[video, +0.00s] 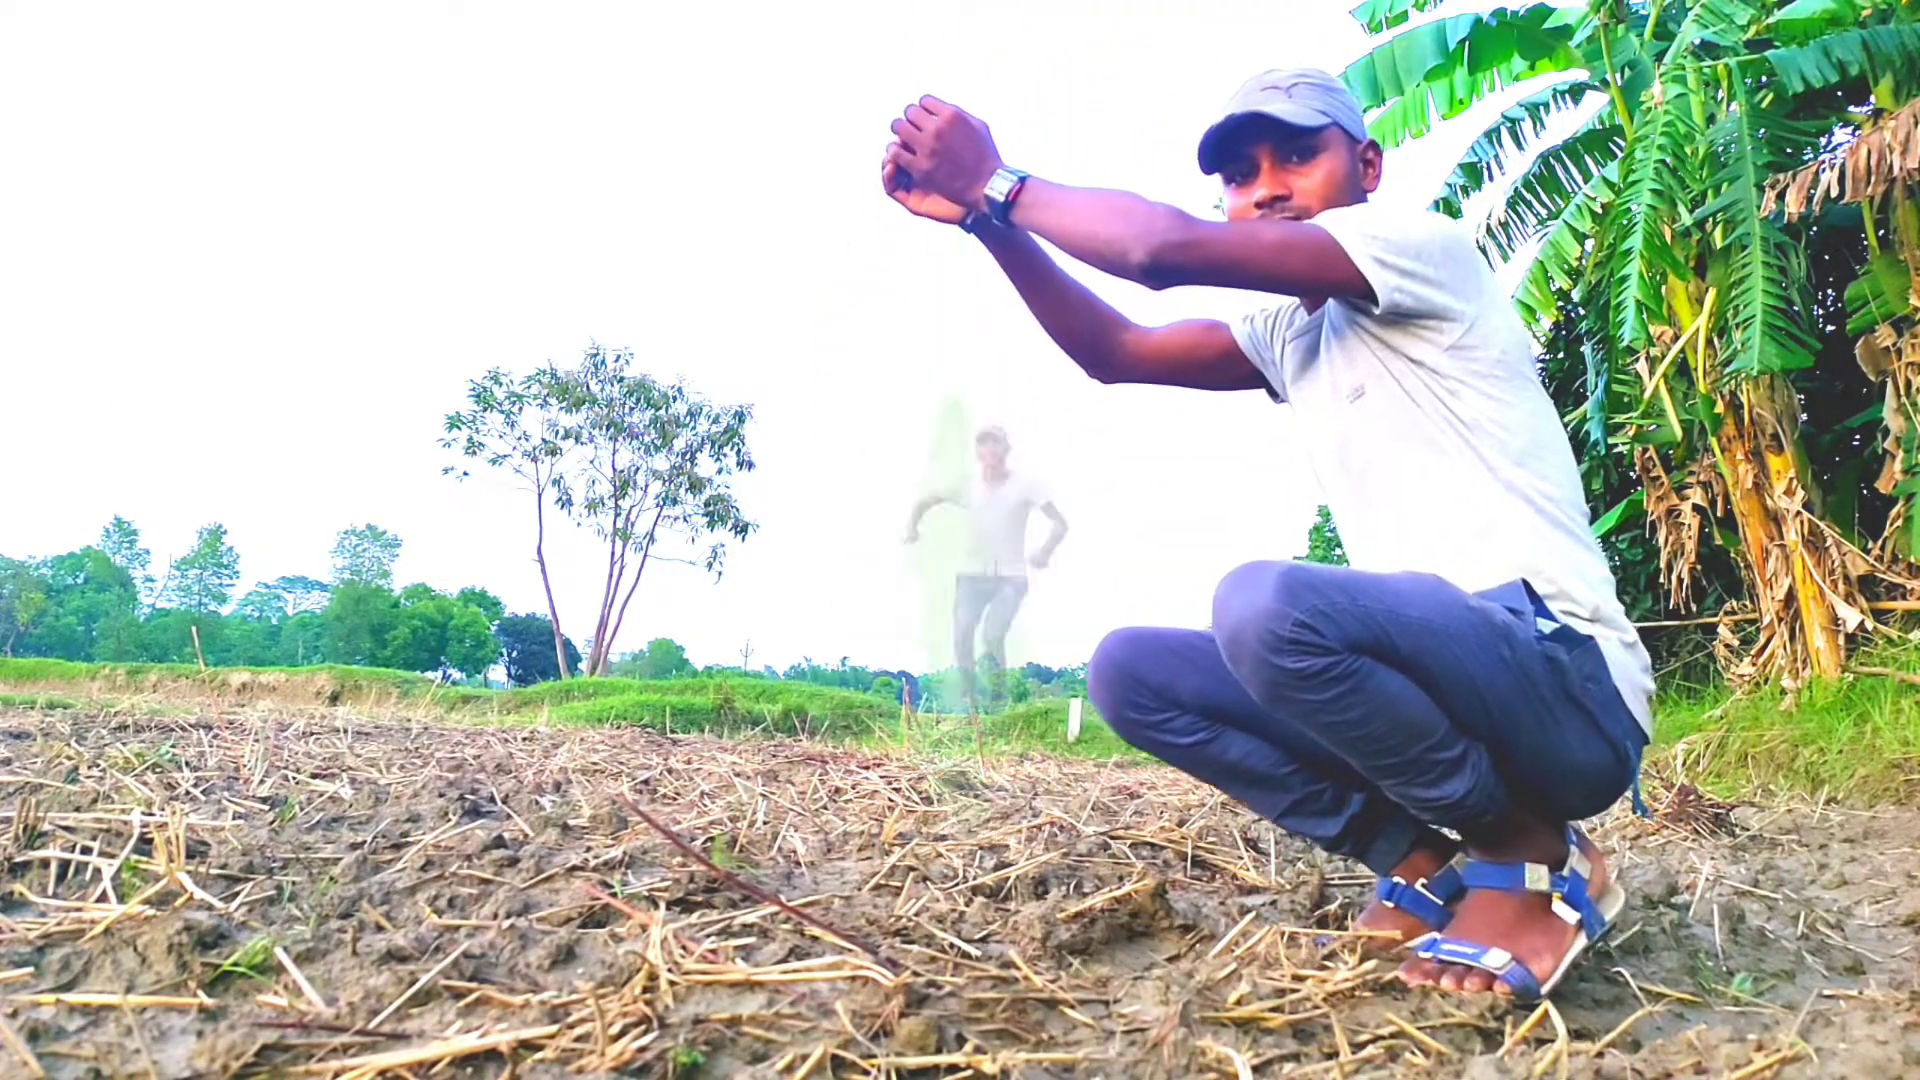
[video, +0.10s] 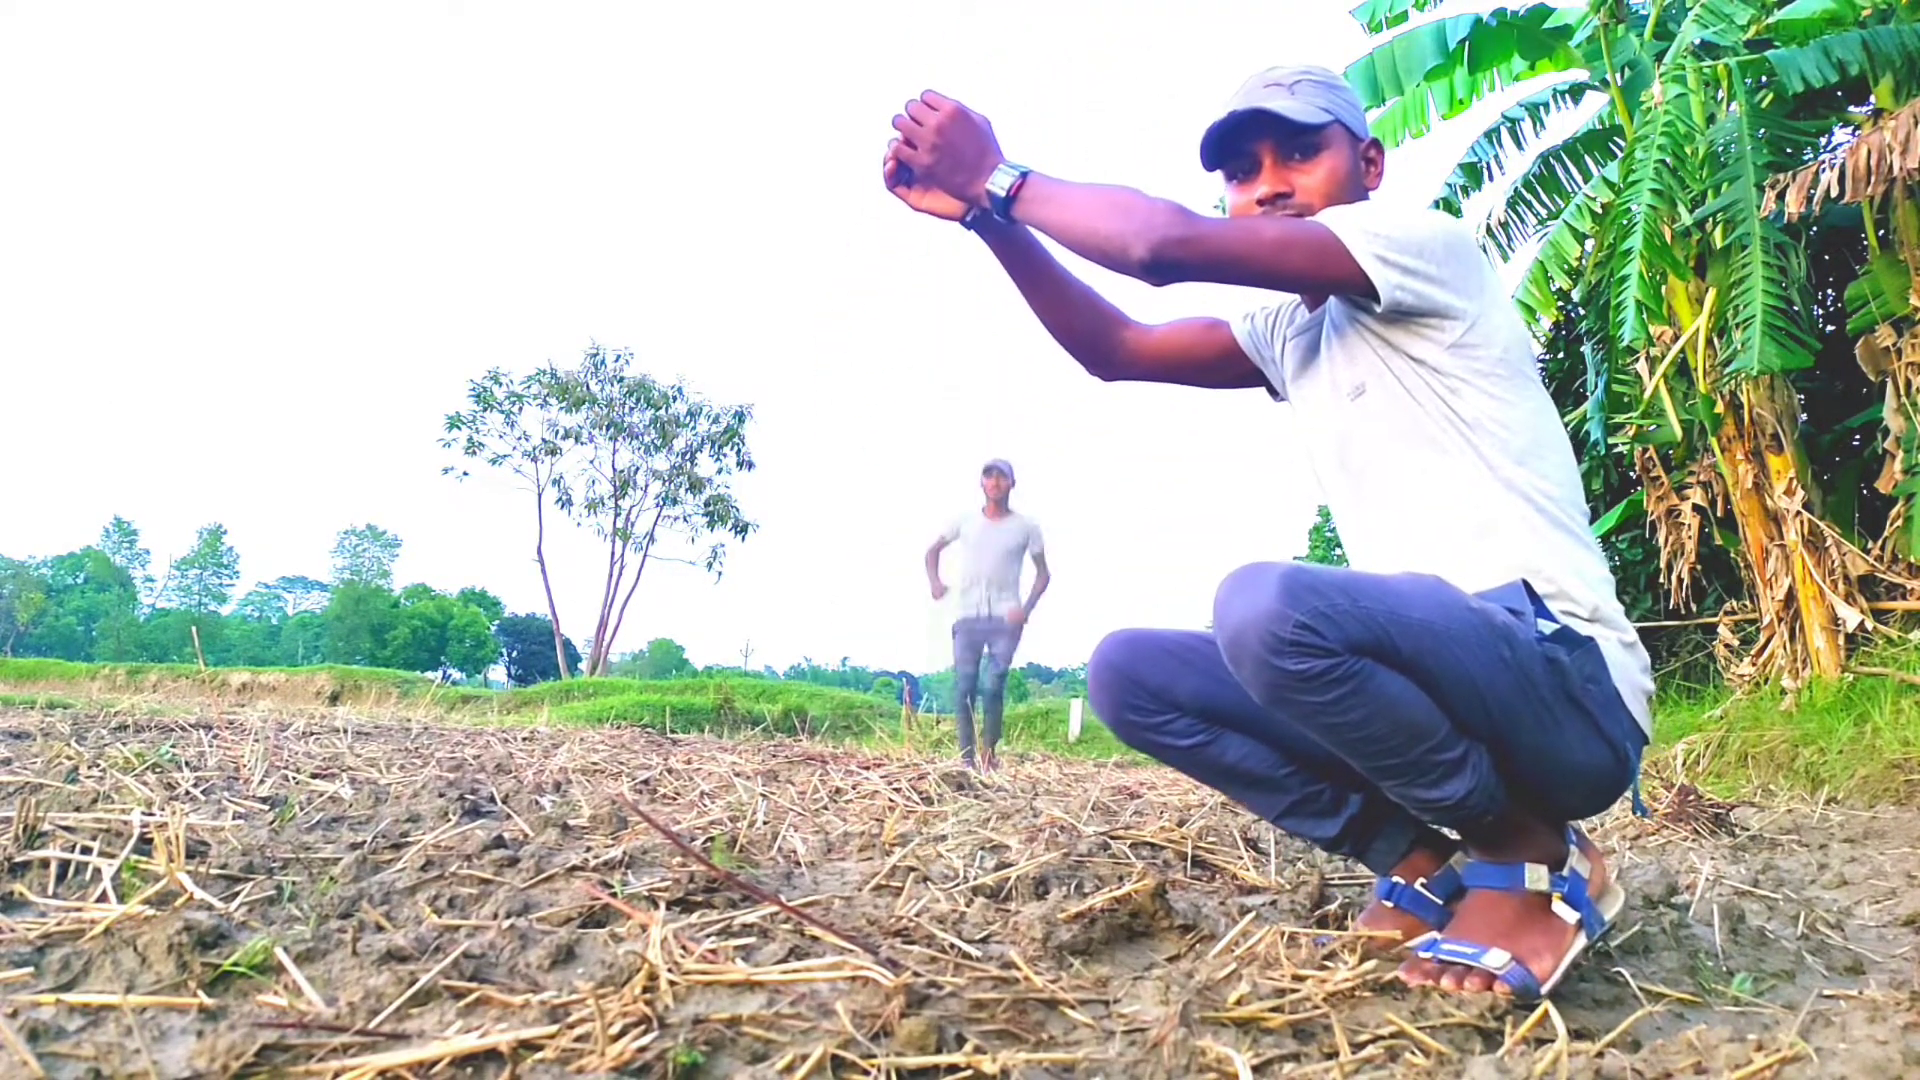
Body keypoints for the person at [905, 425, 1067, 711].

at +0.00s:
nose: (990, 460)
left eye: (995, 454)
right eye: (984, 454)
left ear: (1006, 454)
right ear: (978, 455)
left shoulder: (1023, 486)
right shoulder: (969, 488)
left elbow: (1060, 525)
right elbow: (927, 500)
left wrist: (1044, 553)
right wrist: (912, 527)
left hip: (1010, 578)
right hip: (972, 577)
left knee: (992, 634)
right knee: (961, 637)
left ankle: (999, 701)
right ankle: (968, 702)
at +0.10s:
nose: (995, 482)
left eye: (1001, 477)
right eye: (990, 477)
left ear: (1011, 484)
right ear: (981, 483)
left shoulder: (1026, 527)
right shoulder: (965, 522)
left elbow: (1043, 574)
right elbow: (932, 552)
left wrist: (1025, 610)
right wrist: (935, 582)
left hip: (1006, 618)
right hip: (967, 616)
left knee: (993, 689)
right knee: (964, 689)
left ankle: (989, 754)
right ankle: (967, 758)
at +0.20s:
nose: (999, 486)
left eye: (1005, 481)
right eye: (994, 480)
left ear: (1015, 488)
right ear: (985, 485)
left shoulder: (1027, 533)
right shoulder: (967, 524)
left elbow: (1037, 581)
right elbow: (939, 564)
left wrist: (1019, 617)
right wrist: (948, 594)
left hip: (1002, 627)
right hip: (966, 626)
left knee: (992, 691)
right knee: (962, 693)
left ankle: (988, 754)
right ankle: (967, 760)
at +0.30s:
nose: (1002, 471)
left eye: (1009, 466)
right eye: (997, 465)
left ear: (1019, 473)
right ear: (988, 470)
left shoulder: (1029, 518)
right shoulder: (968, 509)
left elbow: (1038, 566)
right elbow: (943, 548)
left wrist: (1020, 595)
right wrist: (950, 574)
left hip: (1004, 615)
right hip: (966, 613)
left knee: (995, 684)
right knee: (963, 684)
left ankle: (989, 752)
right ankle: (966, 756)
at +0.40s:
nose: (1001, 468)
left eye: (1008, 464)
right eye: (997, 462)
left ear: (1019, 470)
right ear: (988, 467)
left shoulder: (1030, 516)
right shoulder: (967, 506)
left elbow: (1041, 567)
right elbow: (943, 542)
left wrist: (1018, 572)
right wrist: (945, 569)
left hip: (1005, 613)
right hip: (965, 608)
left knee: (997, 684)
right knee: (960, 671)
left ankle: (991, 752)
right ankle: (967, 741)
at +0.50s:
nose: (998, 467)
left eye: (1005, 462)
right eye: (993, 461)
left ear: (1015, 468)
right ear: (984, 467)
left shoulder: (1027, 513)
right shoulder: (965, 502)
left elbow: (1042, 563)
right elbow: (942, 536)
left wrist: (1017, 555)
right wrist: (943, 567)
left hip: (1004, 609)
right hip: (964, 605)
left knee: (997, 683)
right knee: (962, 667)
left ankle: (991, 751)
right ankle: (968, 739)